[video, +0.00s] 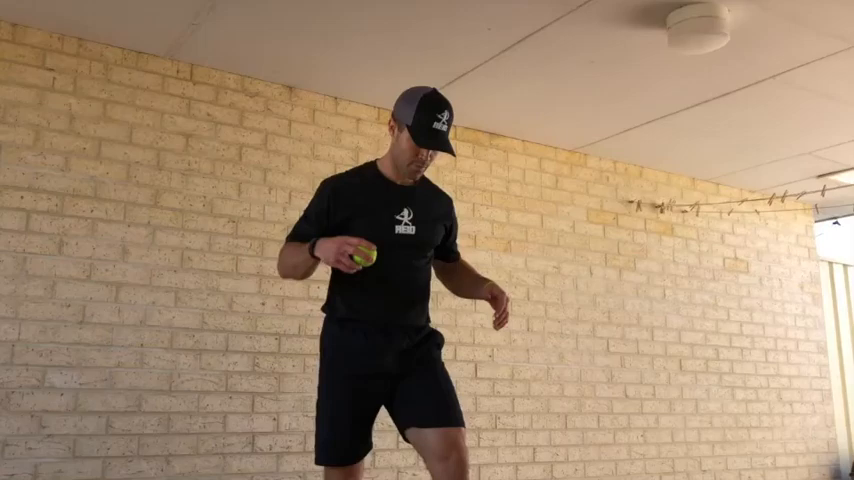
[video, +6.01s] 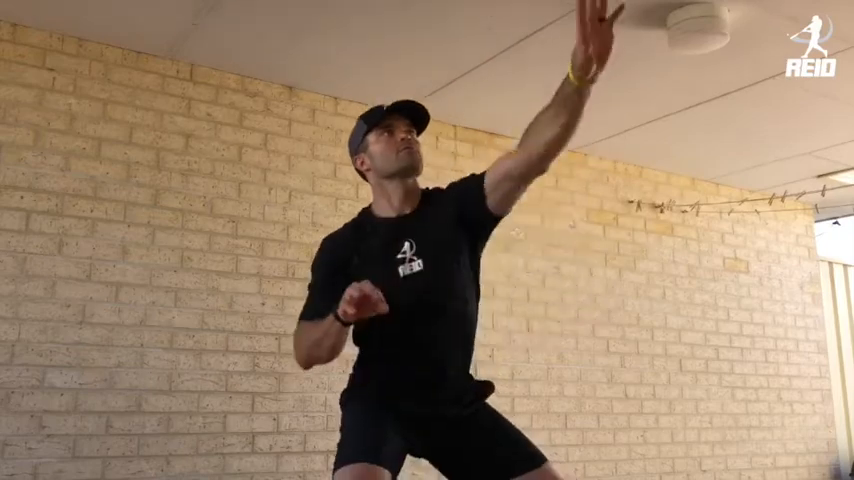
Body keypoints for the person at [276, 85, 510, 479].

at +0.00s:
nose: (427, 158)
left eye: (436, 149)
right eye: (420, 144)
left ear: (443, 146)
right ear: (393, 128)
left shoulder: (438, 205)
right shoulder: (340, 191)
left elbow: (448, 266)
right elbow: (288, 265)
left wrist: (485, 287)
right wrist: (317, 248)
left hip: (414, 351)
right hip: (349, 350)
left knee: (452, 461)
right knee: (343, 471)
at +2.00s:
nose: (448, 120)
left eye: (457, 114)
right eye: (433, 115)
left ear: (471, 135)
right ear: (418, 135)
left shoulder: (500, 217)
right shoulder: (397, 207)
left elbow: (555, 289)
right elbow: (405, 254)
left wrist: (568, 256)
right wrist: (419, 161)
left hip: (473, 384)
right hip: (406, 379)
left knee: (544, 474)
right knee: (408, 473)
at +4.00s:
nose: (523, 167)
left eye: (527, 163)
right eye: (506, 159)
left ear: (532, 182)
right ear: (476, 183)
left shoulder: (551, 248)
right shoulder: (433, 246)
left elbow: (637, 208)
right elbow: (371, 316)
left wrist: (687, 124)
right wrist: (422, 314)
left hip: (484, 418)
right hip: (415, 403)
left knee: (568, 476)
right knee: (387, 474)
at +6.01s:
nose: (406, 136)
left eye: (411, 131)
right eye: (387, 131)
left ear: (422, 152)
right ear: (362, 162)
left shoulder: (460, 209)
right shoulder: (343, 247)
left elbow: (530, 158)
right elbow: (307, 354)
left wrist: (581, 75)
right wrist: (340, 317)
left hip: (454, 404)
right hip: (379, 405)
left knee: (543, 475)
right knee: (360, 475)